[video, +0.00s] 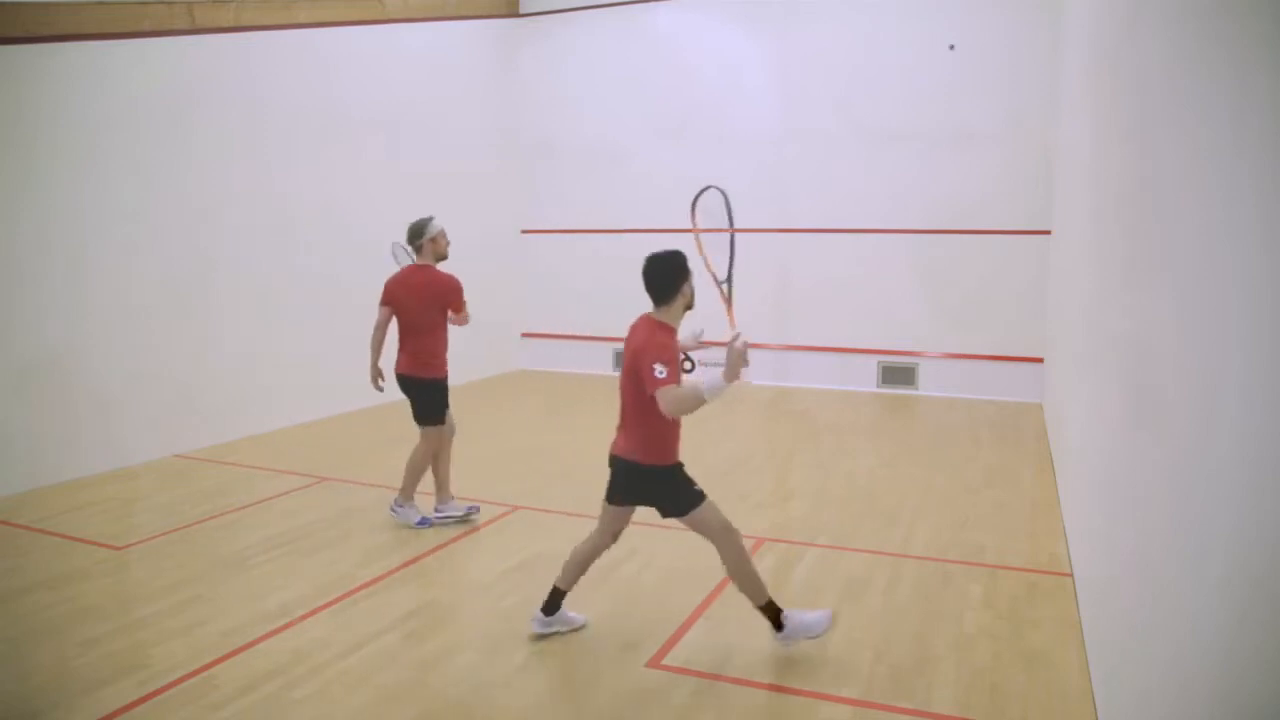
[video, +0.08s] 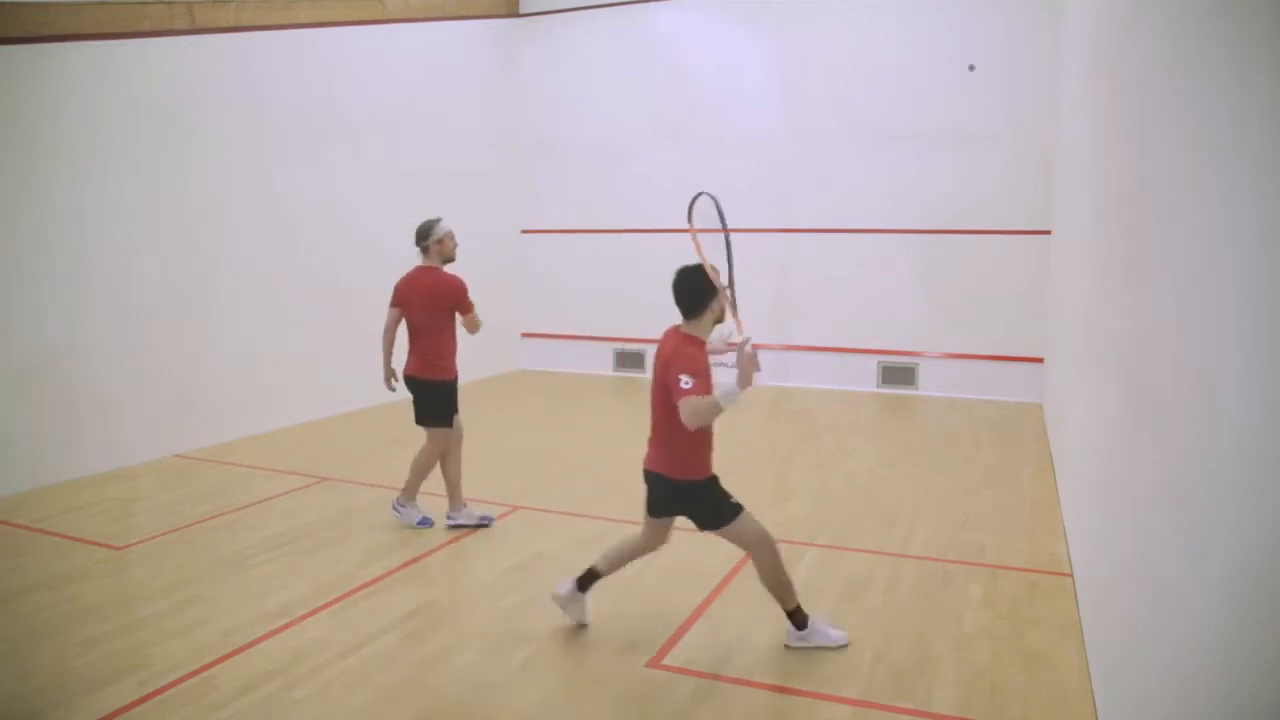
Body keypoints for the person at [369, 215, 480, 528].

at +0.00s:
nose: (448, 242)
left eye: (445, 236)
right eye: (442, 237)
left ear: (418, 245)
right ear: (427, 244)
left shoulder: (396, 281)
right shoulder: (448, 282)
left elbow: (381, 325)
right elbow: (461, 317)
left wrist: (374, 363)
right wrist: (442, 312)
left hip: (407, 371)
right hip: (432, 375)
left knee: (446, 431)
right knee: (431, 438)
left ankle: (444, 502)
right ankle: (404, 502)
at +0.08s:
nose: (455, 244)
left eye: (453, 238)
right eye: (449, 239)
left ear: (428, 247)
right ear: (433, 245)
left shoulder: (406, 282)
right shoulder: (453, 284)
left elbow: (390, 328)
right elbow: (472, 327)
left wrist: (387, 366)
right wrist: (474, 315)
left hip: (417, 373)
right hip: (440, 376)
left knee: (453, 435)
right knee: (438, 440)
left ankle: (457, 508)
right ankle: (404, 500)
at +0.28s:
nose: (471, 250)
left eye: (471, 244)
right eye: (466, 245)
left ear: (449, 250)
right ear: (447, 249)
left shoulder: (434, 283)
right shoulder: (452, 288)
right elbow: (476, 333)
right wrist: (496, 350)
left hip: (444, 379)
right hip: (448, 381)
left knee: (470, 442)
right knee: (468, 445)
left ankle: (459, 510)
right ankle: (429, 504)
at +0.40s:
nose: (477, 247)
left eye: (477, 241)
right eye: (471, 243)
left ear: (463, 246)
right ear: (453, 247)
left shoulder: (452, 280)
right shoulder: (451, 285)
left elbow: (469, 331)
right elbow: (470, 337)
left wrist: (492, 355)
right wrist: (497, 359)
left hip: (454, 378)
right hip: (449, 380)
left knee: (471, 446)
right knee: (469, 447)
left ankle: (459, 512)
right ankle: (453, 525)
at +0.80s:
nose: (495, 254)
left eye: (498, 248)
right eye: (489, 247)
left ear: (495, 249)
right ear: (471, 248)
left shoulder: (469, 283)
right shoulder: (465, 286)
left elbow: (482, 338)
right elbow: (474, 348)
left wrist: (502, 365)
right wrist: (500, 371)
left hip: (467, 386)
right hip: (450, 389)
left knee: (482, 451)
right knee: (464, 461)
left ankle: (458, 518)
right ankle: (452, 543)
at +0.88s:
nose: (497, 253)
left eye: (500, 246)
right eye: (490, 247)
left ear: (501, 249)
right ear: (473, 249)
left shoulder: (466, 281)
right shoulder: (471, 287)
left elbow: (446, 338)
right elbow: (475, 347)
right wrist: (507, 378)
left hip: (463, 386)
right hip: (458, 389)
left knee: (481, 453)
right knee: (465, 462)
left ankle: (457, 524)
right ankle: (453, 542)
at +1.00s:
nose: (504, 258)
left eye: (507, 251)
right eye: (498, 251)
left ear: (507, 252)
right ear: (479, 251)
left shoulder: (473, 286)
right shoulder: (472, 292)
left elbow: (473, 350)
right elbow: (475, 353)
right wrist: (508, 385)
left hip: (458, 391)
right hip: (454, 394)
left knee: (474, 459)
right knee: (469, 461)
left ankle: (462, 531)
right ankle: (454, 537)